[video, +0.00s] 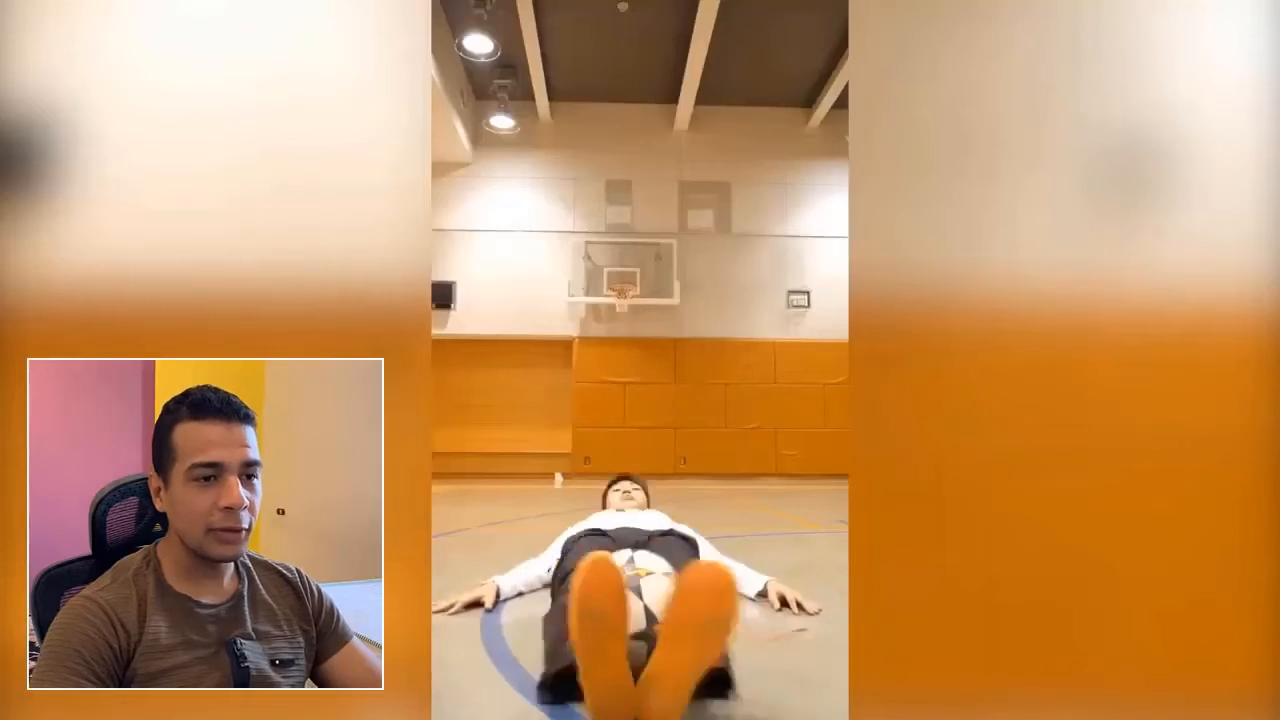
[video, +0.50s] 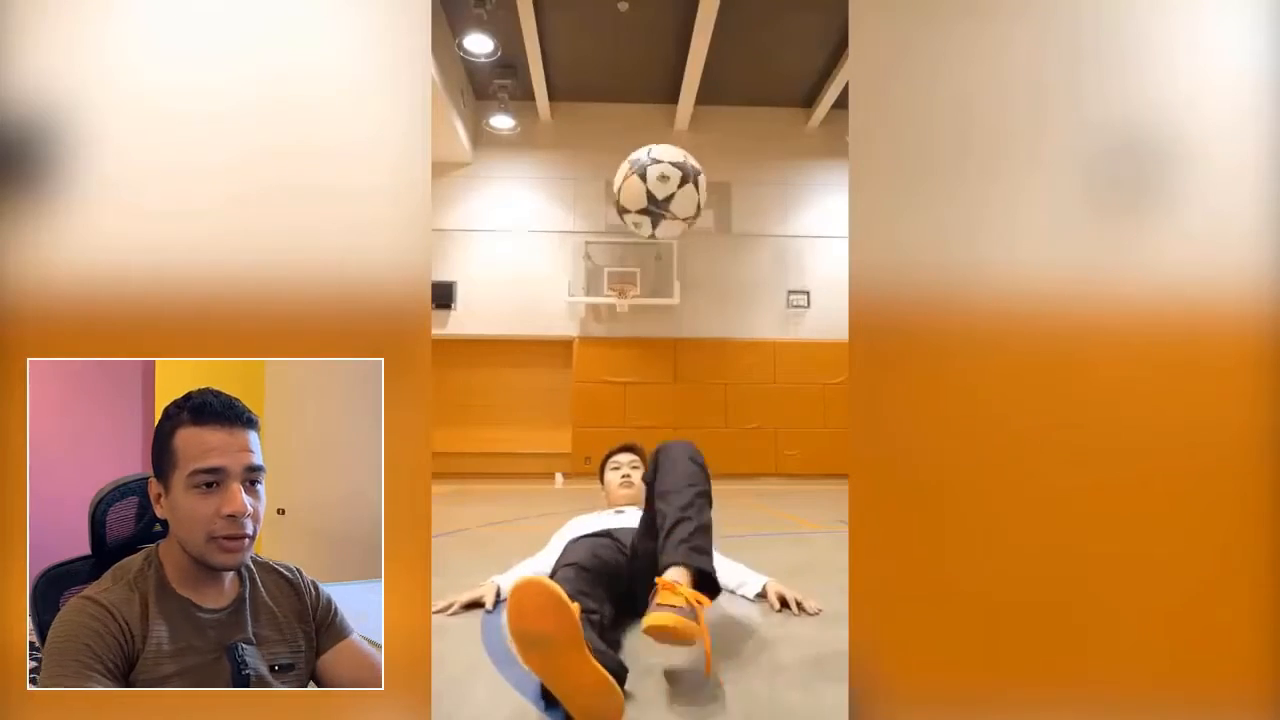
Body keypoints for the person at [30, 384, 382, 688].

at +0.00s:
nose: (237, 499)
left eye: (249, 475)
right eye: (207, 478)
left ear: (261, 482)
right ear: (160, 493)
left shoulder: (296, 595)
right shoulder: (98, 618)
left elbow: (387, 699)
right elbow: (48, 710)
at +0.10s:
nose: (237, 498)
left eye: (249, 474)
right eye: (207, 477)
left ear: (261, 483)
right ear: (160, 494)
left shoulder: (297, 595)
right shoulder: (98, 618)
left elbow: (389, 698)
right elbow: (48, 710)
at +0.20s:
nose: (238, 501)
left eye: (250, 477)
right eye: (207, 479)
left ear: (262, 484)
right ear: (160, 497)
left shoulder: (298, 596)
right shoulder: (97, 620)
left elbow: (391, 697)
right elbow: (47, 710)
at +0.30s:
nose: (238, 505)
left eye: (251, 480)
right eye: (207, 482)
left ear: (263, 486)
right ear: (160, 498)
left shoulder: (298, 597)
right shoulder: (96, 621)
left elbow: (390, 697)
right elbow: (50, 705)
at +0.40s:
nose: (239, 507)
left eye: (251, 482)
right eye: (207, 485)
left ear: (265, 487)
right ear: (160, 499)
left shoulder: (297, 597)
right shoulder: (98, 621)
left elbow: (391, 698)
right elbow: (56, 711)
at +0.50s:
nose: (239, 507)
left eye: (252, 482)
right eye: (209, 485)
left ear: (265, 488)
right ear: (160, 499)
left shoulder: (297, 597)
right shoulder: (98, 620)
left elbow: (391, 695)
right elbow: (69, 707)